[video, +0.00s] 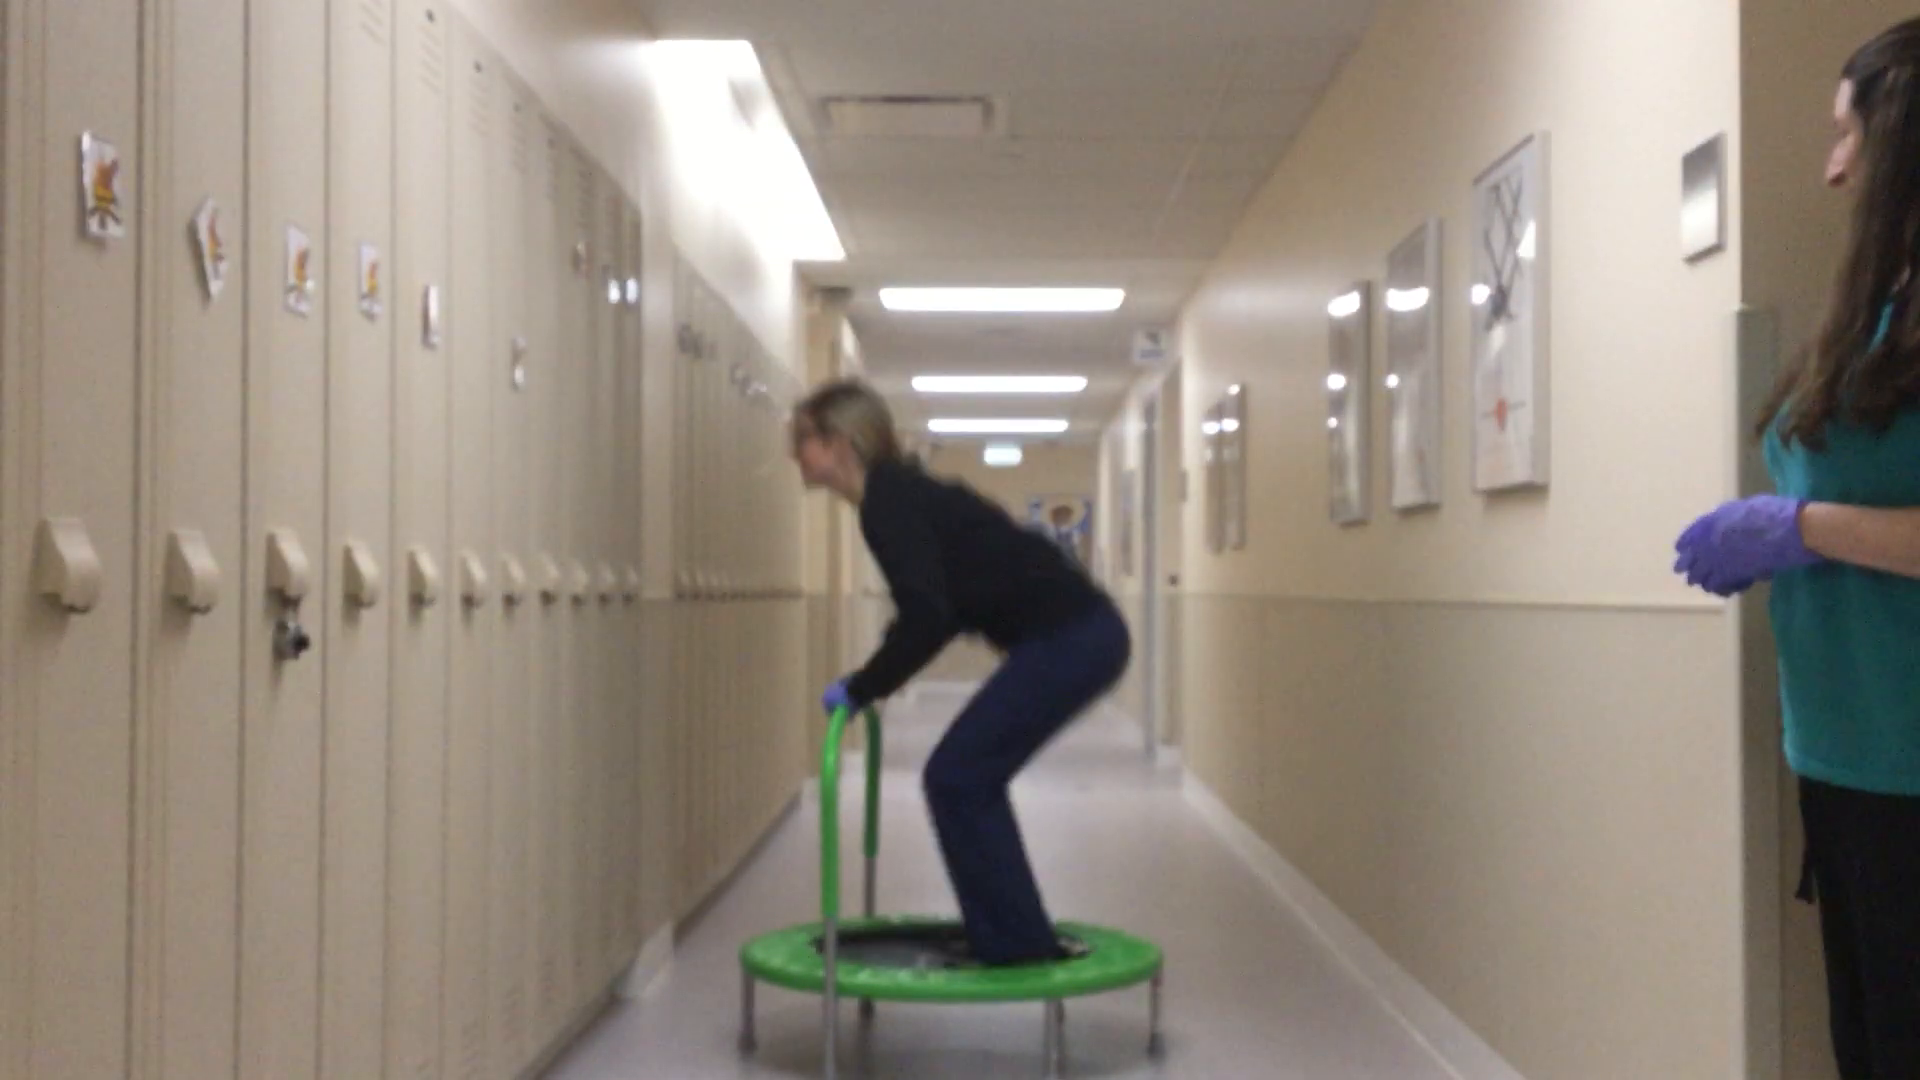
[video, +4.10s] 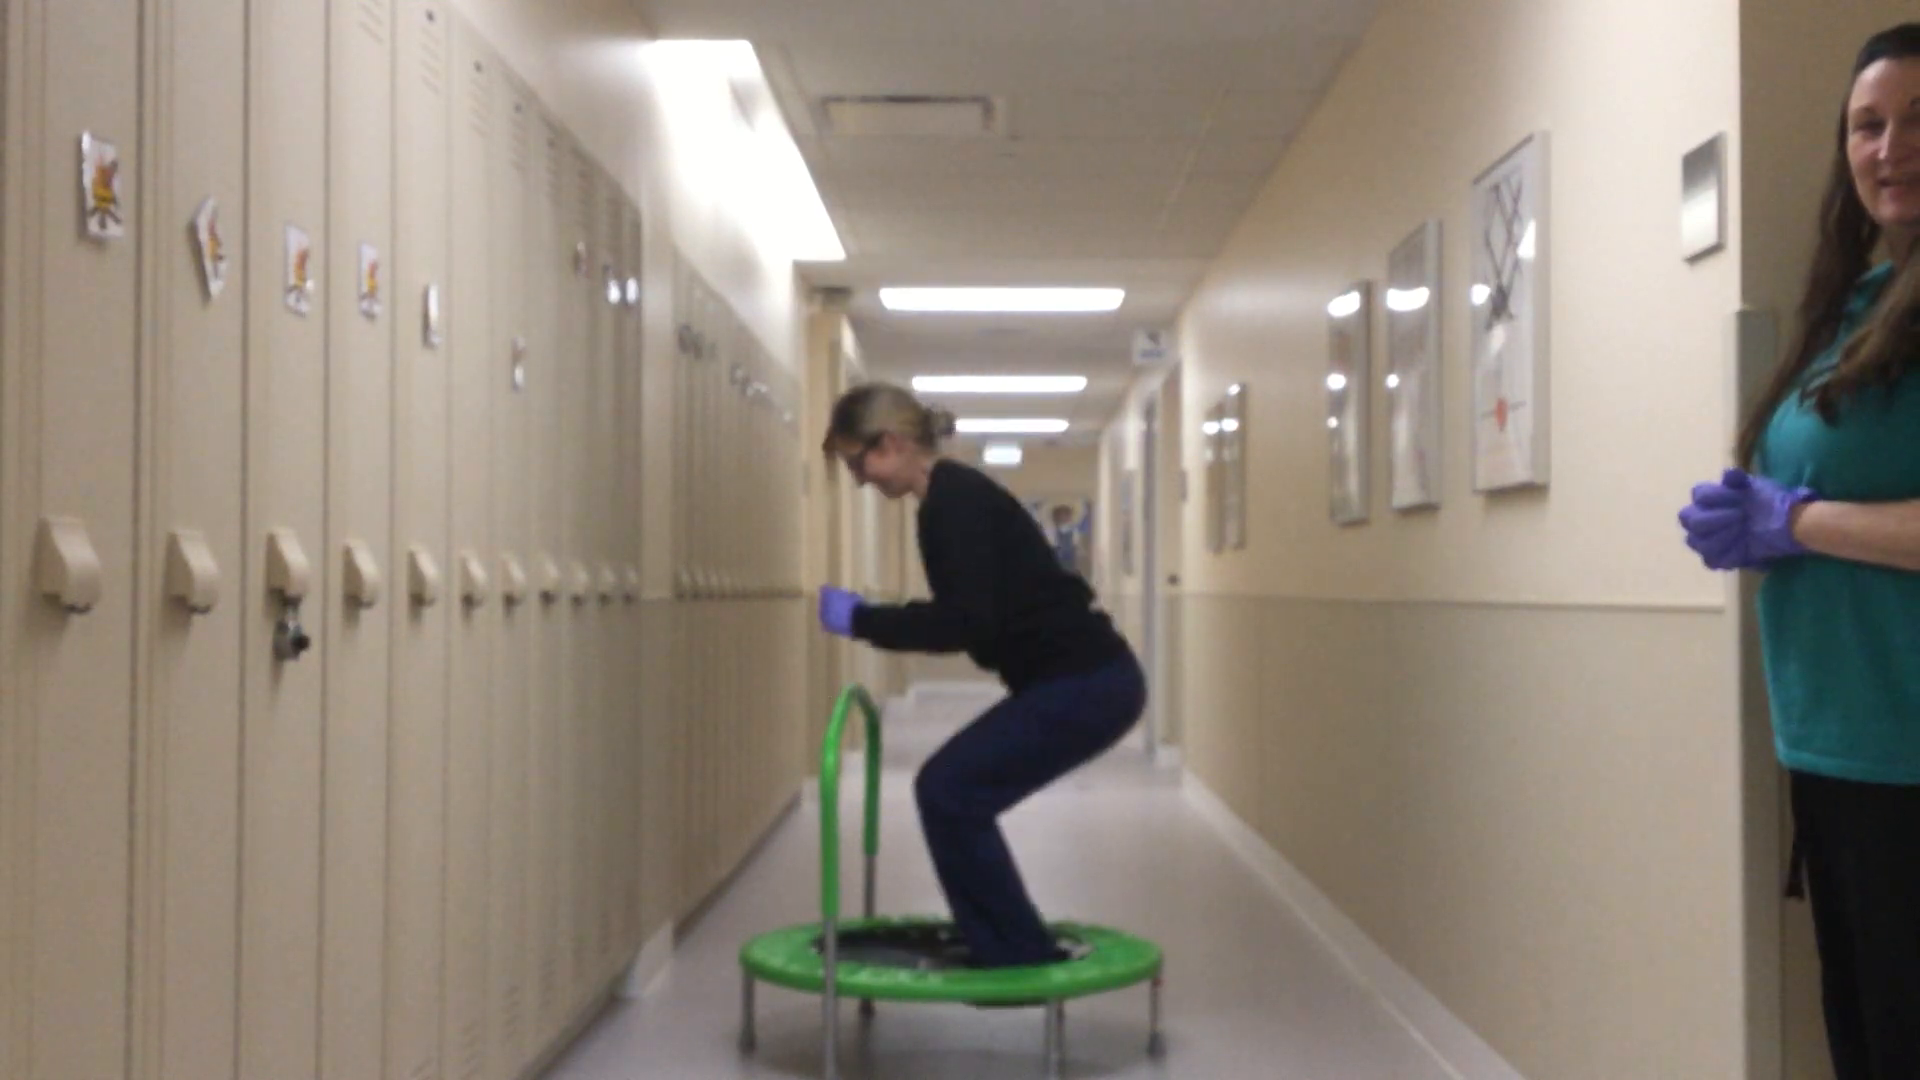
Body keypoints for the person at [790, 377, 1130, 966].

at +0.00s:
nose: (796, 458)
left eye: (802, 443)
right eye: (796, 444)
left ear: (836, 446)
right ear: (841, 446)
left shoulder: (892, 500)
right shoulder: (895, 496)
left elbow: (932, 616)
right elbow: (934, 614)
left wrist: (864, 686)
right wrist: (865, 682)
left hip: (1073, 640)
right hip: (1076, 636)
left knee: (955, 776)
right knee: (966, 776)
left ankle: (1012, 942)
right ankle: (1016, 937)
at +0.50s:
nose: (750, 417)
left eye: (753, 400)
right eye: (747, 403)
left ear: (788, 394)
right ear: (798, 393)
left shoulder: (851, 443)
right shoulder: (862, 438)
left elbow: (873, 569)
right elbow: (894, 573)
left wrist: (854, 682)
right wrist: (861, 679)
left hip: (1061, 539)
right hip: (1060, 537)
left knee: (1014, 723)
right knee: (1012, 721)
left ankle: (1014, 919)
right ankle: (1011, 916)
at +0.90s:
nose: (776, 450)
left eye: (782, 434)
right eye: (774, 436)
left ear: (818, 432)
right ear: (820, 434)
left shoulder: (873, 491)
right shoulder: (870, 489)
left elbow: (911, 608)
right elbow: (908, 607)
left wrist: (857, 687)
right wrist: (858, 682)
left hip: (1061, 622)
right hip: (1056, 620)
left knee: (955, 766)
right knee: (956, 764)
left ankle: (998, 936)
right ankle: (996, 932)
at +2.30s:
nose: (824, 386)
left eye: (819, 368)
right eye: (815, 374)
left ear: (851, 346)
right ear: (856, 346)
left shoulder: (916, 398)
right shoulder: (918, 396)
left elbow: (908, 528)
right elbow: (909, 528)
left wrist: (879, 646)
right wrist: (880, 645)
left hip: (1087, 541)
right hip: (1083, 539)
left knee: (1006, 707)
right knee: (1006, 708)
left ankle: (1014, 909)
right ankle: (1005, 905)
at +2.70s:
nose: (839, 468)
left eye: (835, 452)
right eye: (830, 458)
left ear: (865, 430)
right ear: (868, 431)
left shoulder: (929, 487)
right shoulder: (924, 486)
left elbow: (966, 603)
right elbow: (962, 604)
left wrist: (891, 681)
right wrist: (891, 678)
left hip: (1087, 650)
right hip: (1076, 648)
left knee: (964, 775)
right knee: (961, 773)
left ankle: (1016, 946)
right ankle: (1012, 942)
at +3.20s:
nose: (883, 380)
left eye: (879, 363)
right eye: (874, 370)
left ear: (904, 335)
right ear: (907, 337)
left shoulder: (974, 389)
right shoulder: (968, 390)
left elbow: (999, 517)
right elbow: (997, 520)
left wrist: (984, 630)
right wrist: (984, 628)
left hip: (1087, 596)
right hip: (1080, 595)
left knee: (997, 754)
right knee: (996, 754)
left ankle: (1023, 942)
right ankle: (1023, 938)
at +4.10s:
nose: (862, 477)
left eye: (862, 460)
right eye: (854, 466)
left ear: (893, 442)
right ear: (897, 445)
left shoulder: (956, 498)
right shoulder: (945, 501)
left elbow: (965, 623)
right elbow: (960, 619)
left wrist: (863, 620)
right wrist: (868, 619)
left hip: (1089, 685)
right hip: (1075, 682)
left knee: (949, 788)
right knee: (944, 785)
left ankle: (1015, 951)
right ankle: (1000, 943)